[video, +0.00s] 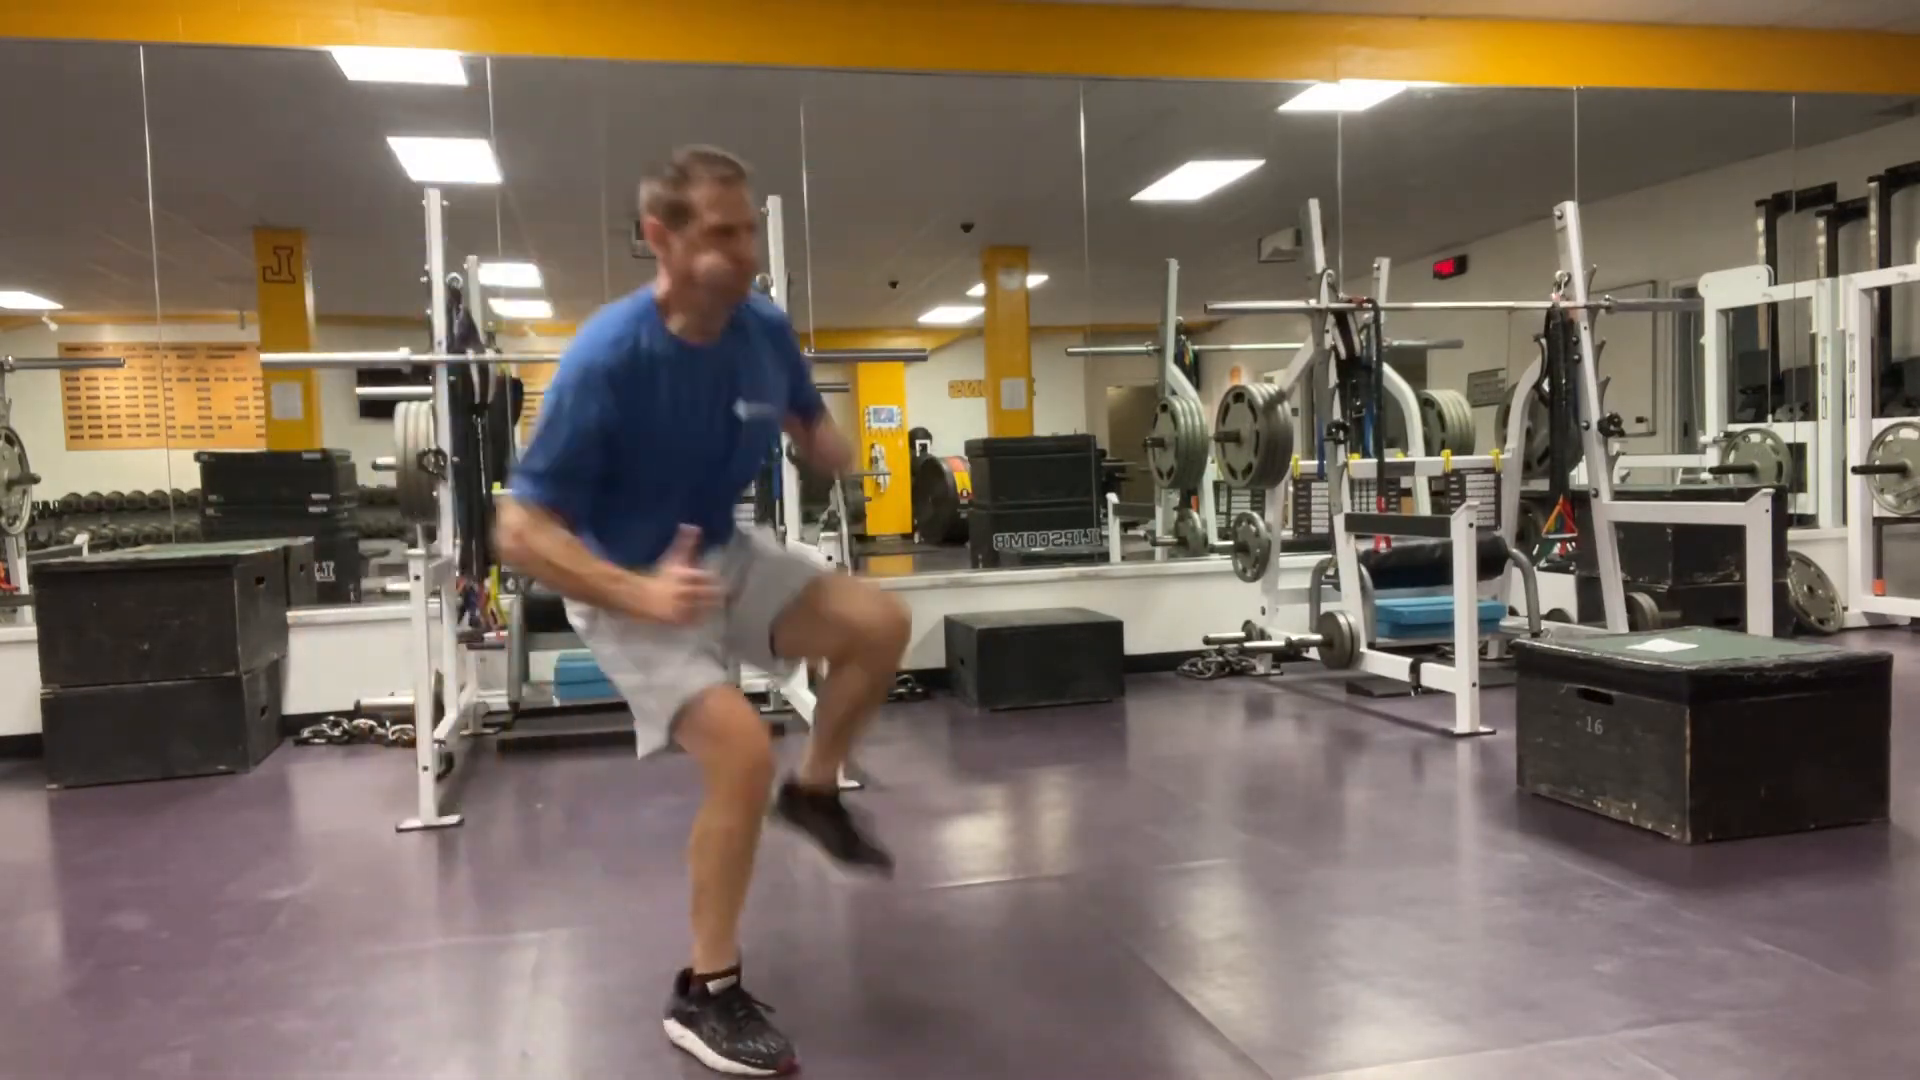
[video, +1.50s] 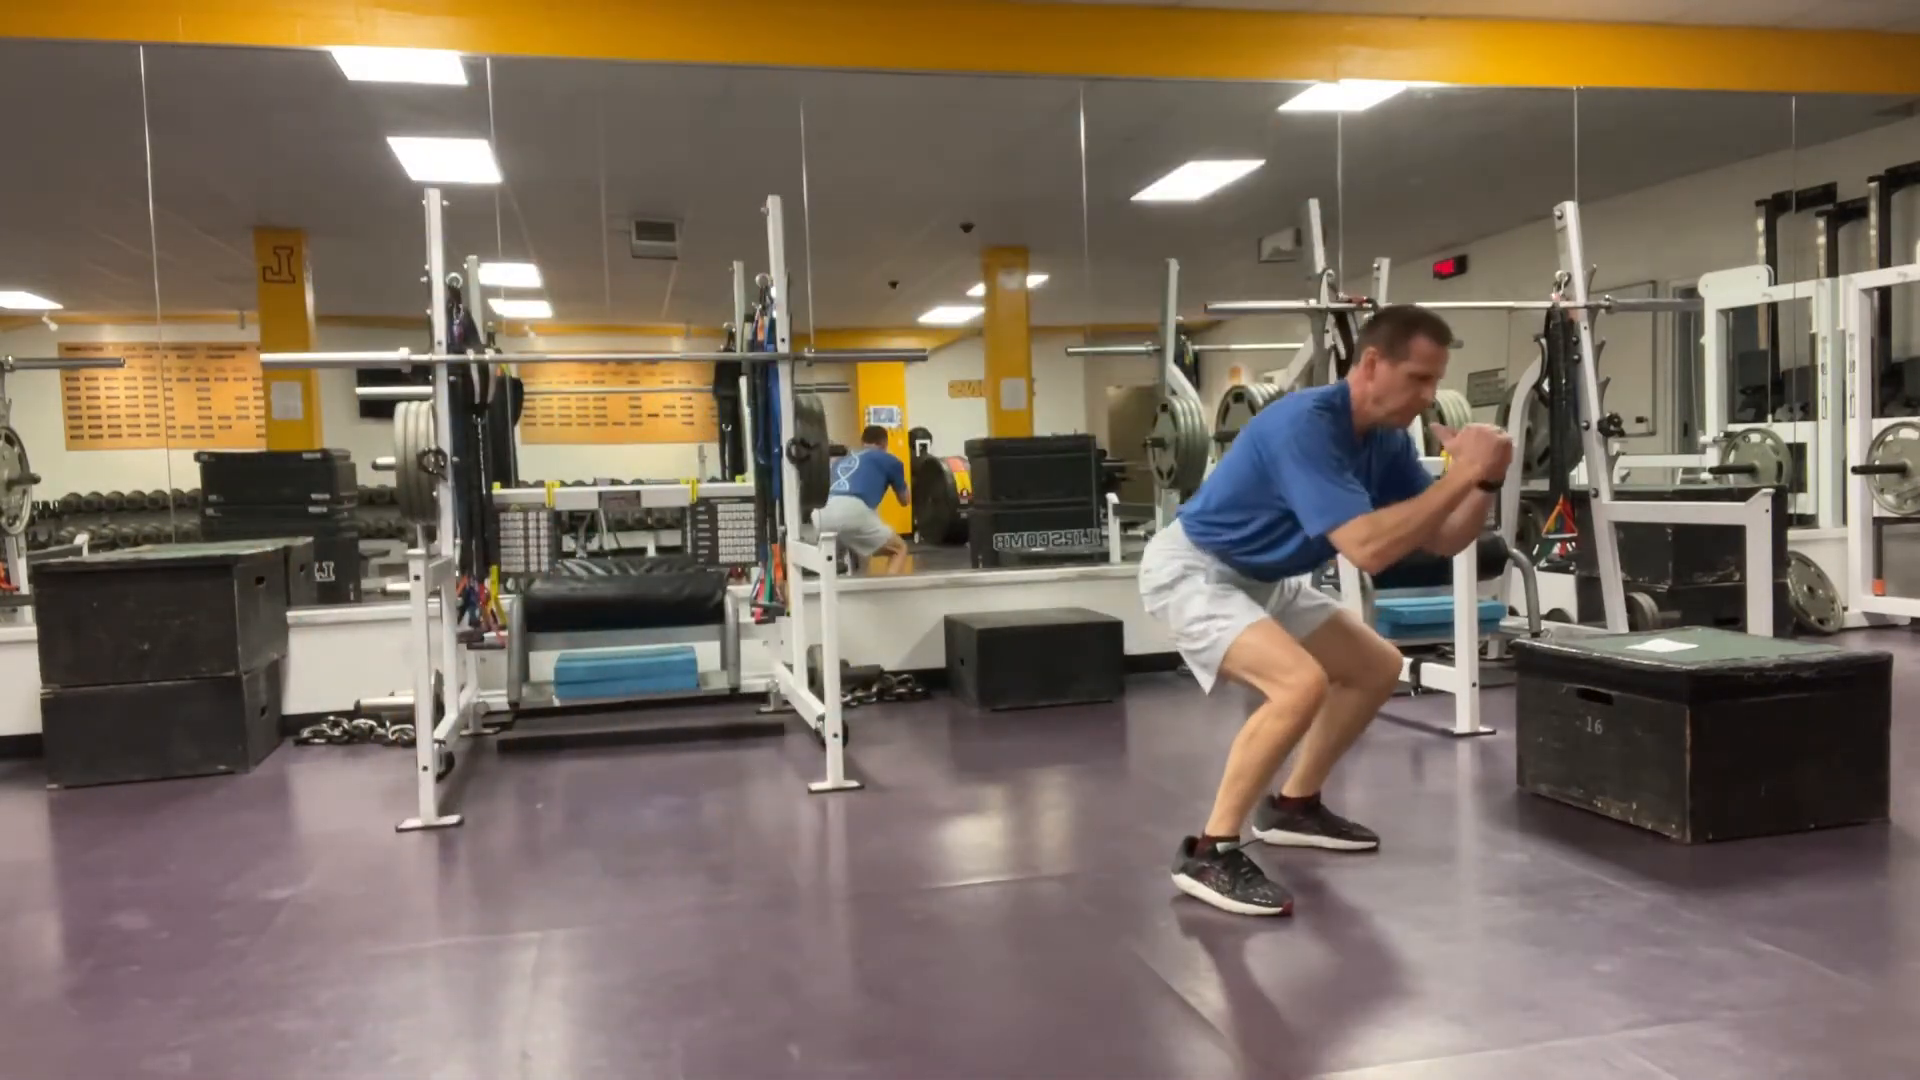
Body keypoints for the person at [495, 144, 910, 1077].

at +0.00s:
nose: (744, 253)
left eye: (749, 233)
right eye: (720, 235)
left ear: (758, 234)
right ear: (659, 239)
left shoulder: (764, 332)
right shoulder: (604, 357)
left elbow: (819, 448)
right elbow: (518, 529)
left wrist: (829, 442)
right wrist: (637, 592)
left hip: (723, 557)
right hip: (626, 592)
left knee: (879, 626)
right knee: (744, 752)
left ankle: (815, 789)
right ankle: (709, 988)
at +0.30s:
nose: (896, 252)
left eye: (901, 234)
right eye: (875, 234)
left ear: (907, 240)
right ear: (815, 240)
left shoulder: (910, 341)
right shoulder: (760, 334)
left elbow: (1007, 454)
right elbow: (777, 451)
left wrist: (1015, 412)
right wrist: (941, 422)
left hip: (829, 582)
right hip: (735, 587)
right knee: (841, 788)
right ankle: (713, 987)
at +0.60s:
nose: (1110, 121)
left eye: (1115, 105)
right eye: (1094, 103)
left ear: (1114, 109)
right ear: (1039, 100)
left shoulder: (1109, 170)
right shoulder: (980, 176)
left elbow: (1178, 152)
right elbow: (875, 157)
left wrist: (1264, 151)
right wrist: (930, 137)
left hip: (1050, 442)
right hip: (969, 450)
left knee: (1183, 514)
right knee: (992, 674)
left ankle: (1095, 645)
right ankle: (845, 861)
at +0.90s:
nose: (1334, 339)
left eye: (1336, 323)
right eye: (1324, 322)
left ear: (1281, 318)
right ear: (1269, 316)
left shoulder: (1282, 403)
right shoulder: (1203, 402)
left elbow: (1267, 496)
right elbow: (1207, 537)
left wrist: (1334, 533)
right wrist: (1328, 535)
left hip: (1199, 567)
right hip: (1128, 573)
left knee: (1308, 670)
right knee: (1276, 692)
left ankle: (1287, 807)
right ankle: (1210, 853)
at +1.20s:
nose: (1416, 437)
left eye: (1421, 423)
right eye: (1406, 419)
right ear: (1354, 407)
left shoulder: (1371, 469)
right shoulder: (1287, 469)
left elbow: (1432, 564)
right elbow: (1367, 594)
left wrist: (1471, 513)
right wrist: (1458, 512)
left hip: (1256, 600)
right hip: (1178, 601)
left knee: (1373, 671)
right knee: (1308, 693)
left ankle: (1294, 806)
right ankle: (1213, 848)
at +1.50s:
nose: (1429, 398)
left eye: (1433, 384)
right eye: (1420, 380)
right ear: (1370, 367)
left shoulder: (1388, 439)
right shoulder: (1299, 424)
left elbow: (1441, 540)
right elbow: (1365, 548)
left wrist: (1484, 484)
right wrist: (1459, 477)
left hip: (1270, 580)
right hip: (1192, 568)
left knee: (1374, 668)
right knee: (1300, 684)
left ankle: (1294, 805)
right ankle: (1211, 848)